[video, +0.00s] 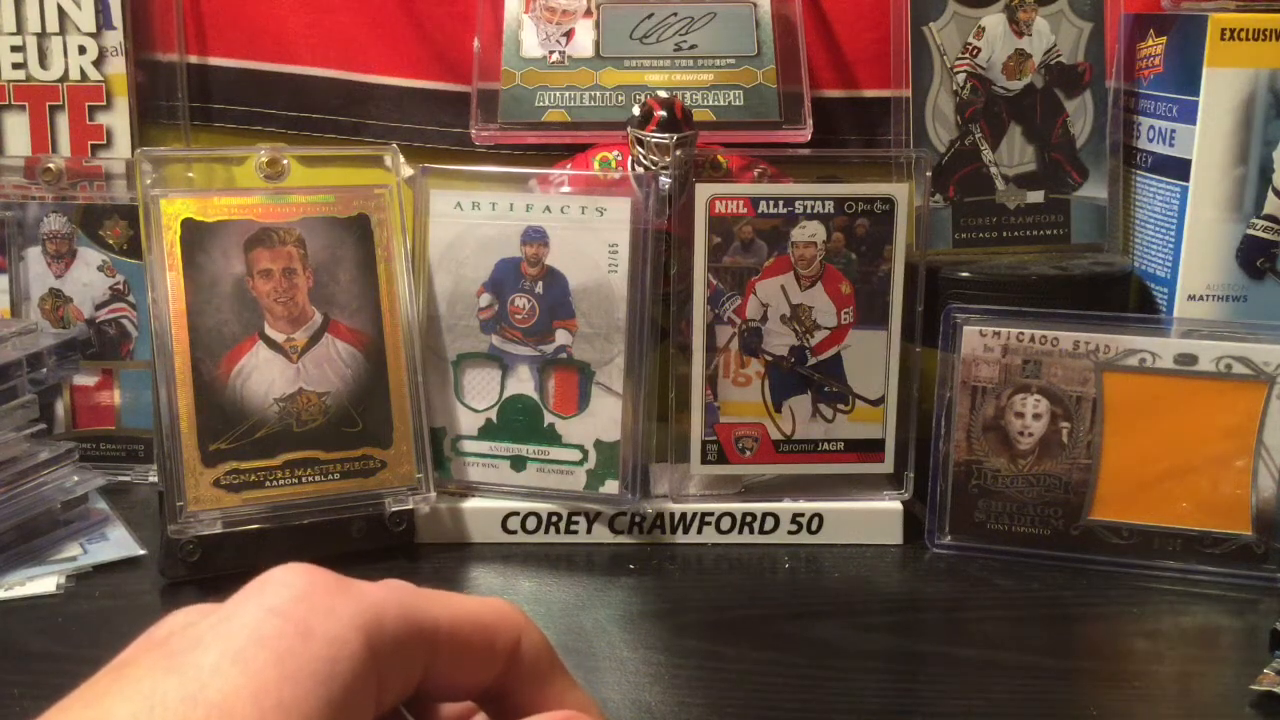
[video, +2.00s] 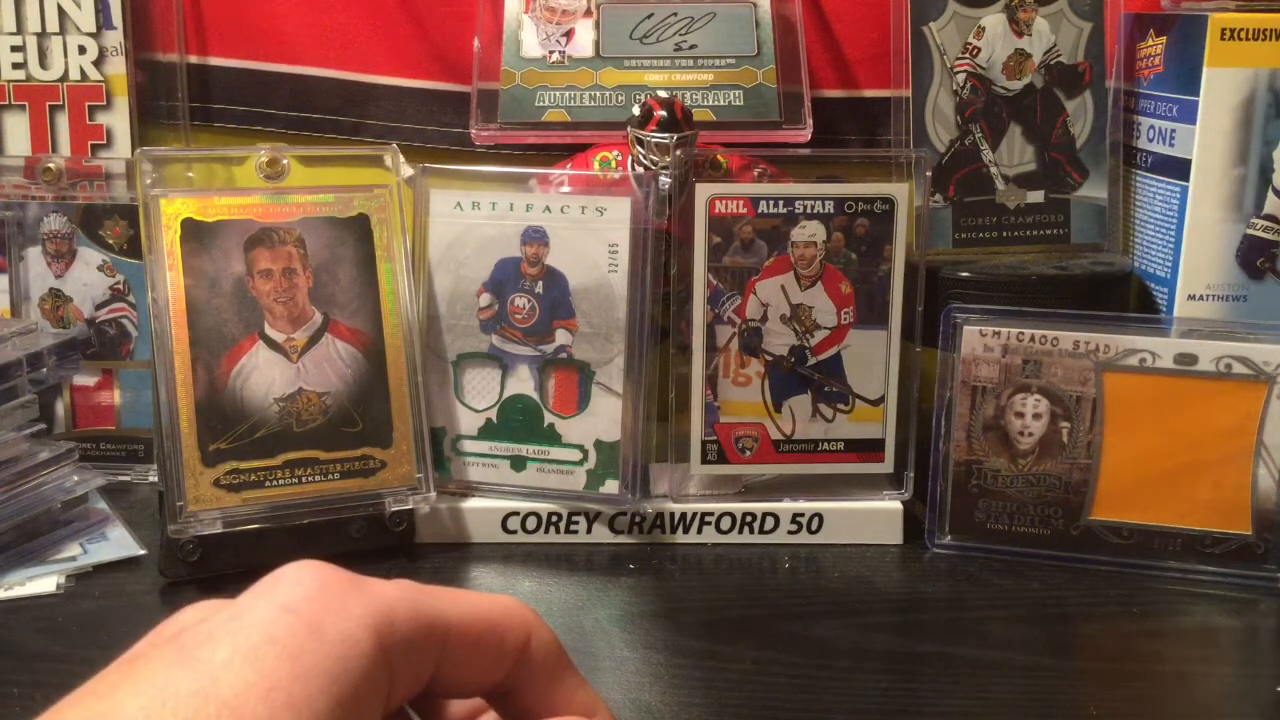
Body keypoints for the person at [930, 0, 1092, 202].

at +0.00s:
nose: (1030, 17)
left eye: (1034, 11)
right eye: (1024, 11)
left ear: (1037, 11)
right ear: (1011, 9)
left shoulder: (1041, 27)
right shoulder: (990, 26)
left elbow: (1051, 61)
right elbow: (965, 63)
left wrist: (1068, 75)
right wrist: (969, 99)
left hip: (1025, 92)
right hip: (992, 94)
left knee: (1056, 123)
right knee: (979, 140)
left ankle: (1064, 176)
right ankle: (942, 184)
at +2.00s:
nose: (1030, 17)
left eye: (1034, 11)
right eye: (1025, 11)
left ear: (1037, 11)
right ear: (1011, 9)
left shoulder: (1041, 27)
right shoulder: (990, 26)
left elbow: (1050, 61)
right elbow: (965, 63)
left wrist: (1068, 74)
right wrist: (969, 98)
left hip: (1026, 91)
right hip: (993, 93)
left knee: (1056, 124)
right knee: (979, 138)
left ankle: (1063, 178)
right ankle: (942, 186)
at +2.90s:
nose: (1029, 16)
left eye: (1033, 10)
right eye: (1024, 10)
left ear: (1037, 10)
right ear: (1011, 9)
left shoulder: (1041, 27)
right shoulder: (990, 26)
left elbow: (1050, 61)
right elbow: (965, 62)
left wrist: (1068, 74)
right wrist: (969, 96)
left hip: (1026, 92)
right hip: (993, 94)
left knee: (1056, 122)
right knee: (980, 138)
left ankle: (1063, 177)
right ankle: (943, 185)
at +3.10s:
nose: (1029, 16)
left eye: (1033, 10)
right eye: (1024, 10)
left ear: (1037, 10)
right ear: (1011, 9)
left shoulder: (1041, 27)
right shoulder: (990, 26)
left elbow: (1050, 61)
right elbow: (965, 62)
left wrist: (1068, 74)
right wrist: (969, 96)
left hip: (1026, 92)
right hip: (993, 94)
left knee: (1056, 122)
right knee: (980, 138)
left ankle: (1063, 177)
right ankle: (943, 185)